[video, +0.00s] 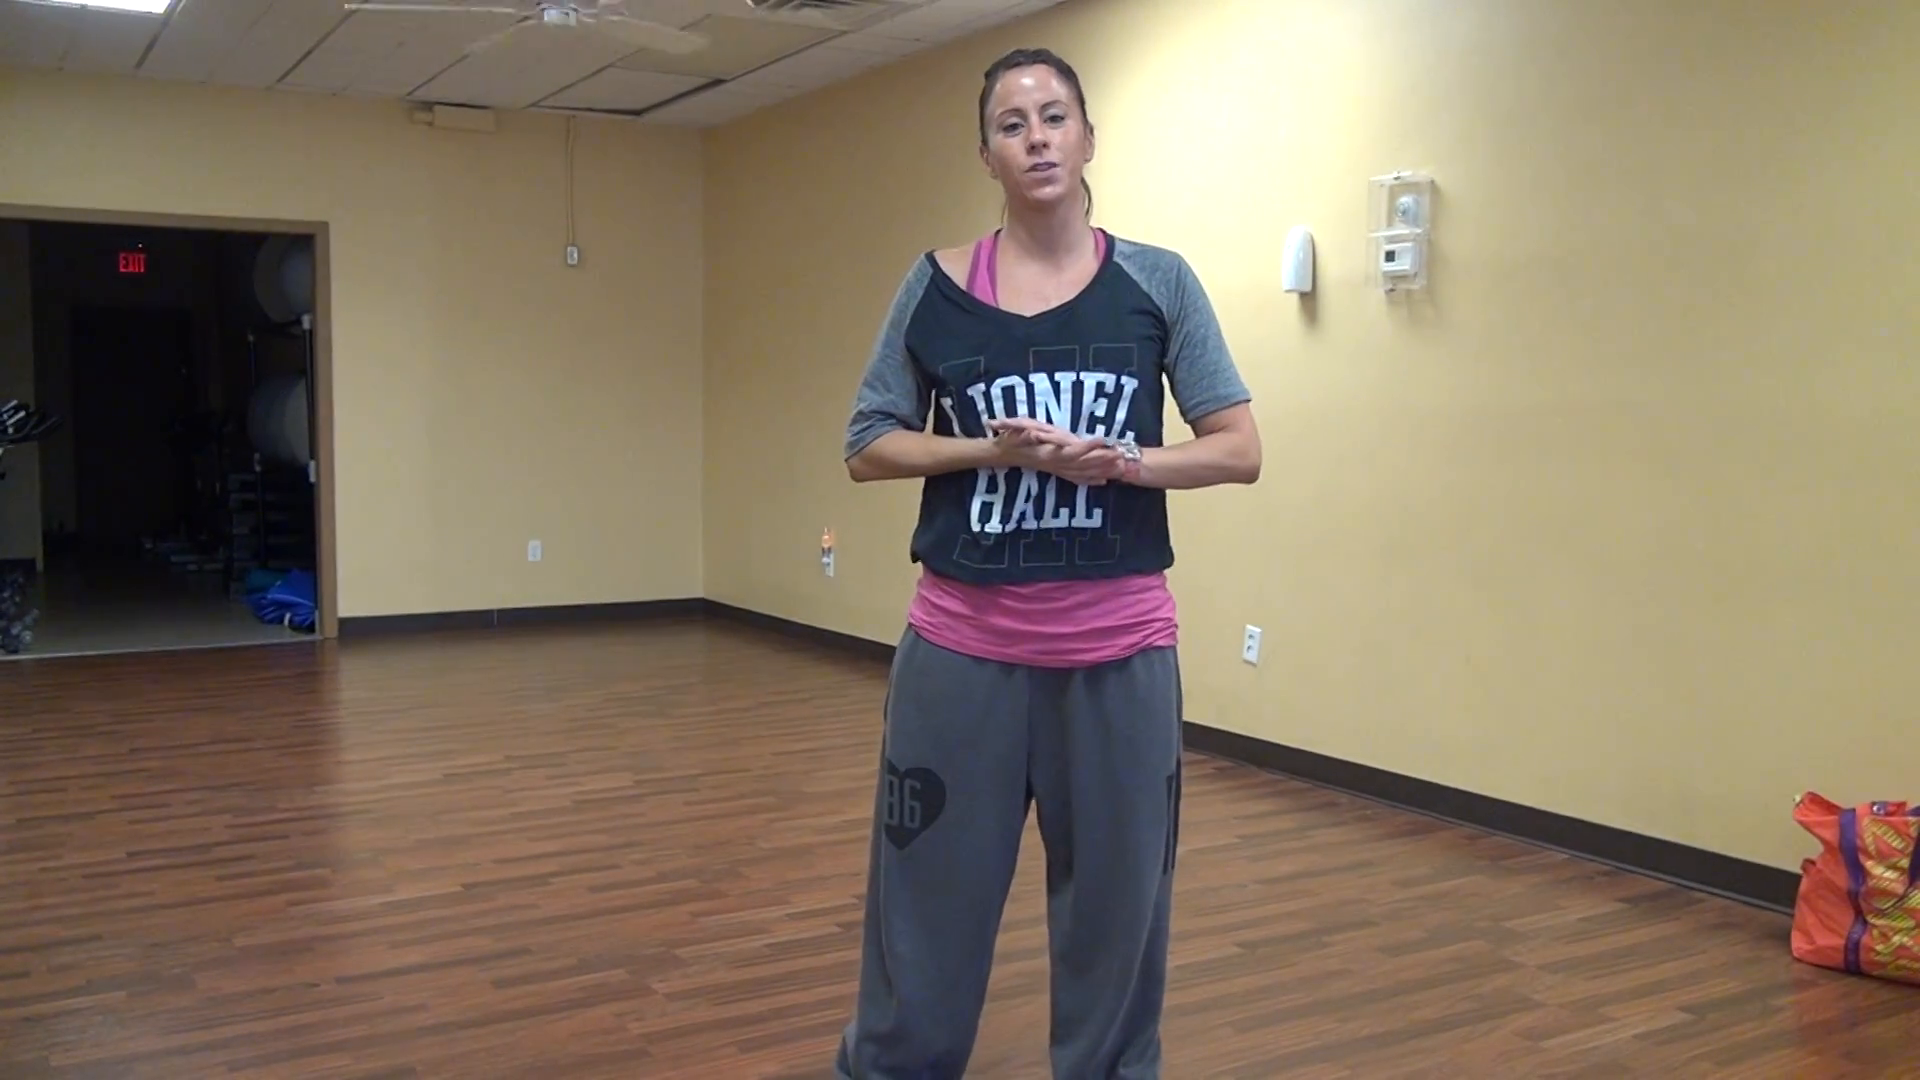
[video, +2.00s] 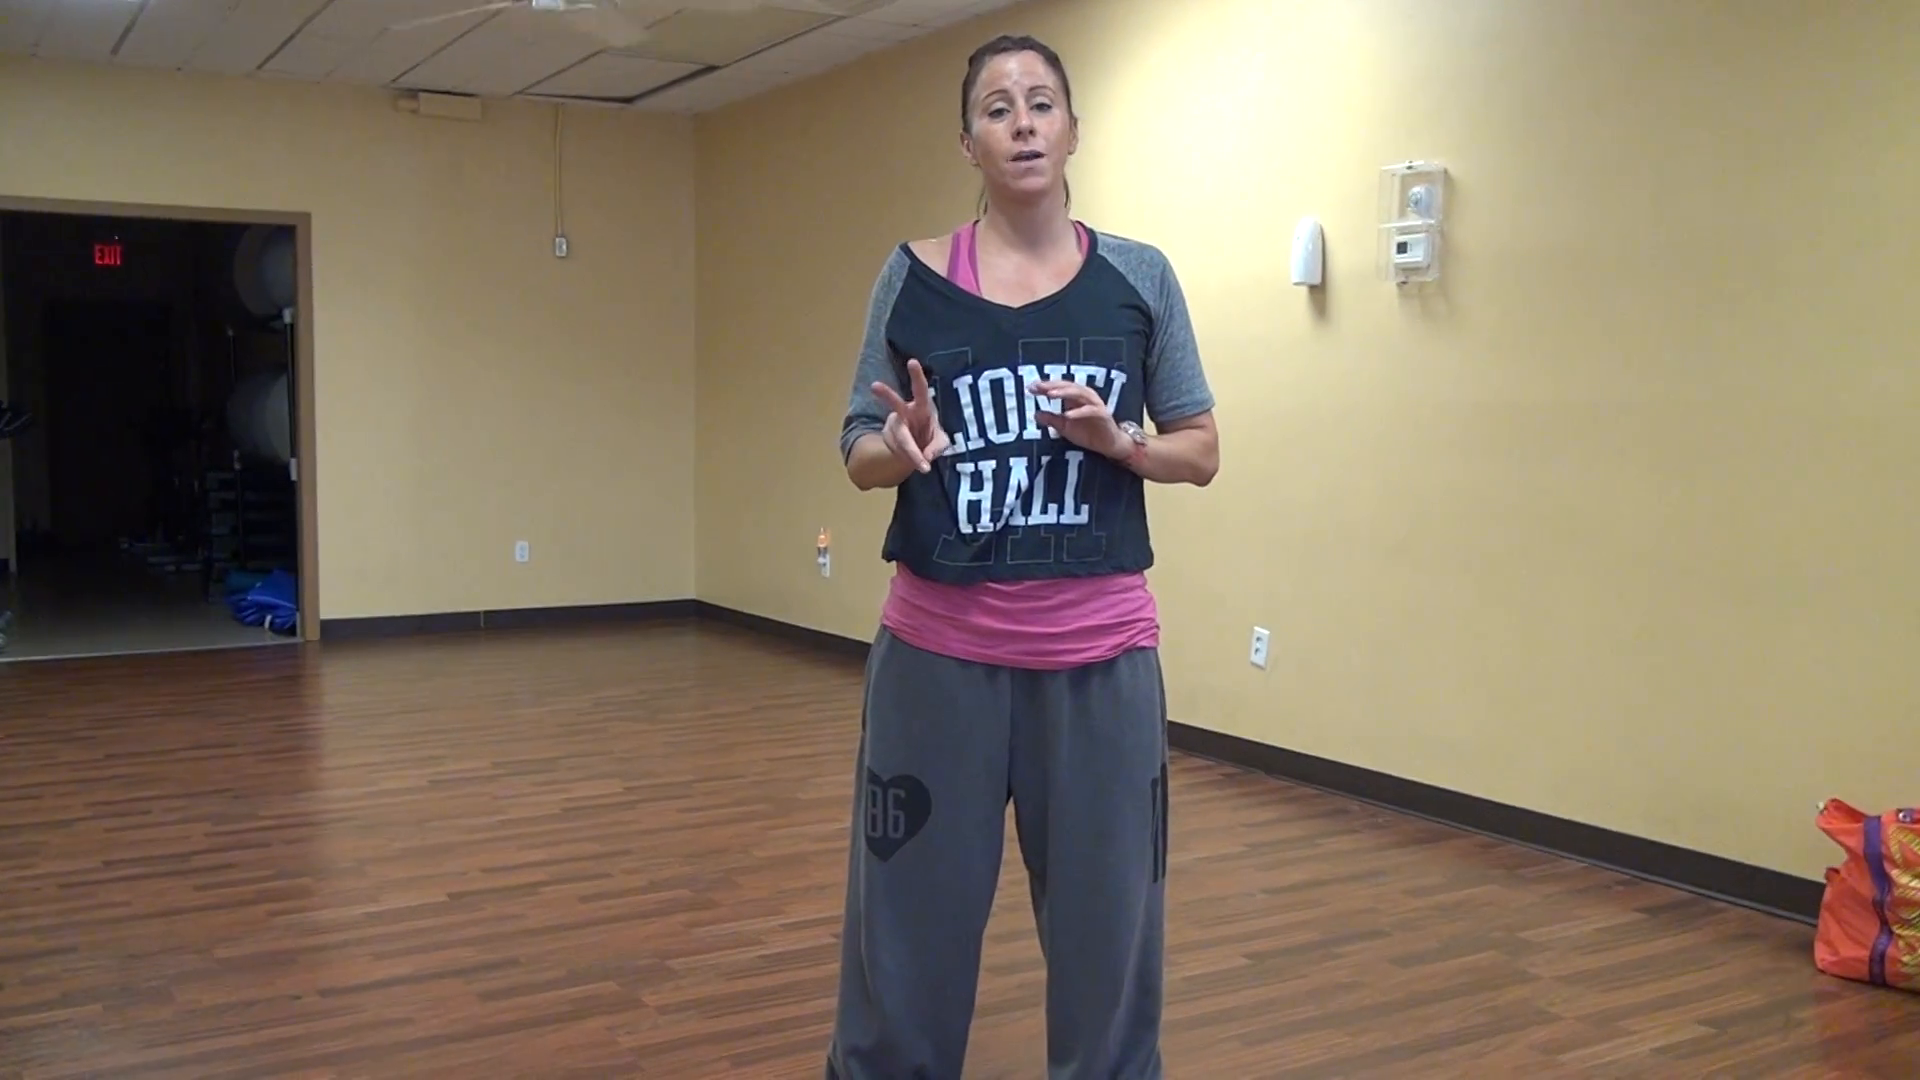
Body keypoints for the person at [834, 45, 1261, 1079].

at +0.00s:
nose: (1036, 137)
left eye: (1054, 116)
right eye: (1012, 124)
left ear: (1088, 139)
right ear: (986, 156)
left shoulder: (1160, 279)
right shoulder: (939, 283)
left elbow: (1240, 448)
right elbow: (867, 446)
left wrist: (1130, 464)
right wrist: (984, 451)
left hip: (1121, 646)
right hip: (960, 642)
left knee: (1119, 919)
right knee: (923, 908)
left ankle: (1108, 1070)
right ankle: (896, 1067)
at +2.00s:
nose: (1021, 122)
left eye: (1041, 103)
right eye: (996, 107)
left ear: (1072, 130)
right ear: (967, 141)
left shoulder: (1141, 273)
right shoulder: (916, 273)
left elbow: (1201, 450)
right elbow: (861, 450)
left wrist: (1125, 444)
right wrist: (902, 447)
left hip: (1101, 655)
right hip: (938, 651)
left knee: (1111, 939)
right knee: (906, 930)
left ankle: (1110, 1075)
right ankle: (887, 1070)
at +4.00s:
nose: (975, 147)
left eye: (993, 128)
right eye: (952, 134)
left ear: (1025, 151)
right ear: (926, 162)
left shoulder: (1097, 282)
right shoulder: (883, 295)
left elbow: (1166, 449)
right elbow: (828, 465)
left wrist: (1071, 447)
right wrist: (919, 429)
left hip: (1061, 643)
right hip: (906, 642)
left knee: (1080, 909)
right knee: (884, 905)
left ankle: (1100, 1068)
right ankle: (882, 1068)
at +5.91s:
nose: (1025, 211)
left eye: (1043, 189)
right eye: (1002, 194)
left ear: (1073, 205)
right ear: (976, 215)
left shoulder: (1139, 338)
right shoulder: (928, 341)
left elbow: (1202, 511)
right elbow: (872, 507)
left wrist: (1118, 479)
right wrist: (958, 490)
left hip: (1094, 696)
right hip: (940, 692)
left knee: (1112, 973)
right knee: (913, 969)